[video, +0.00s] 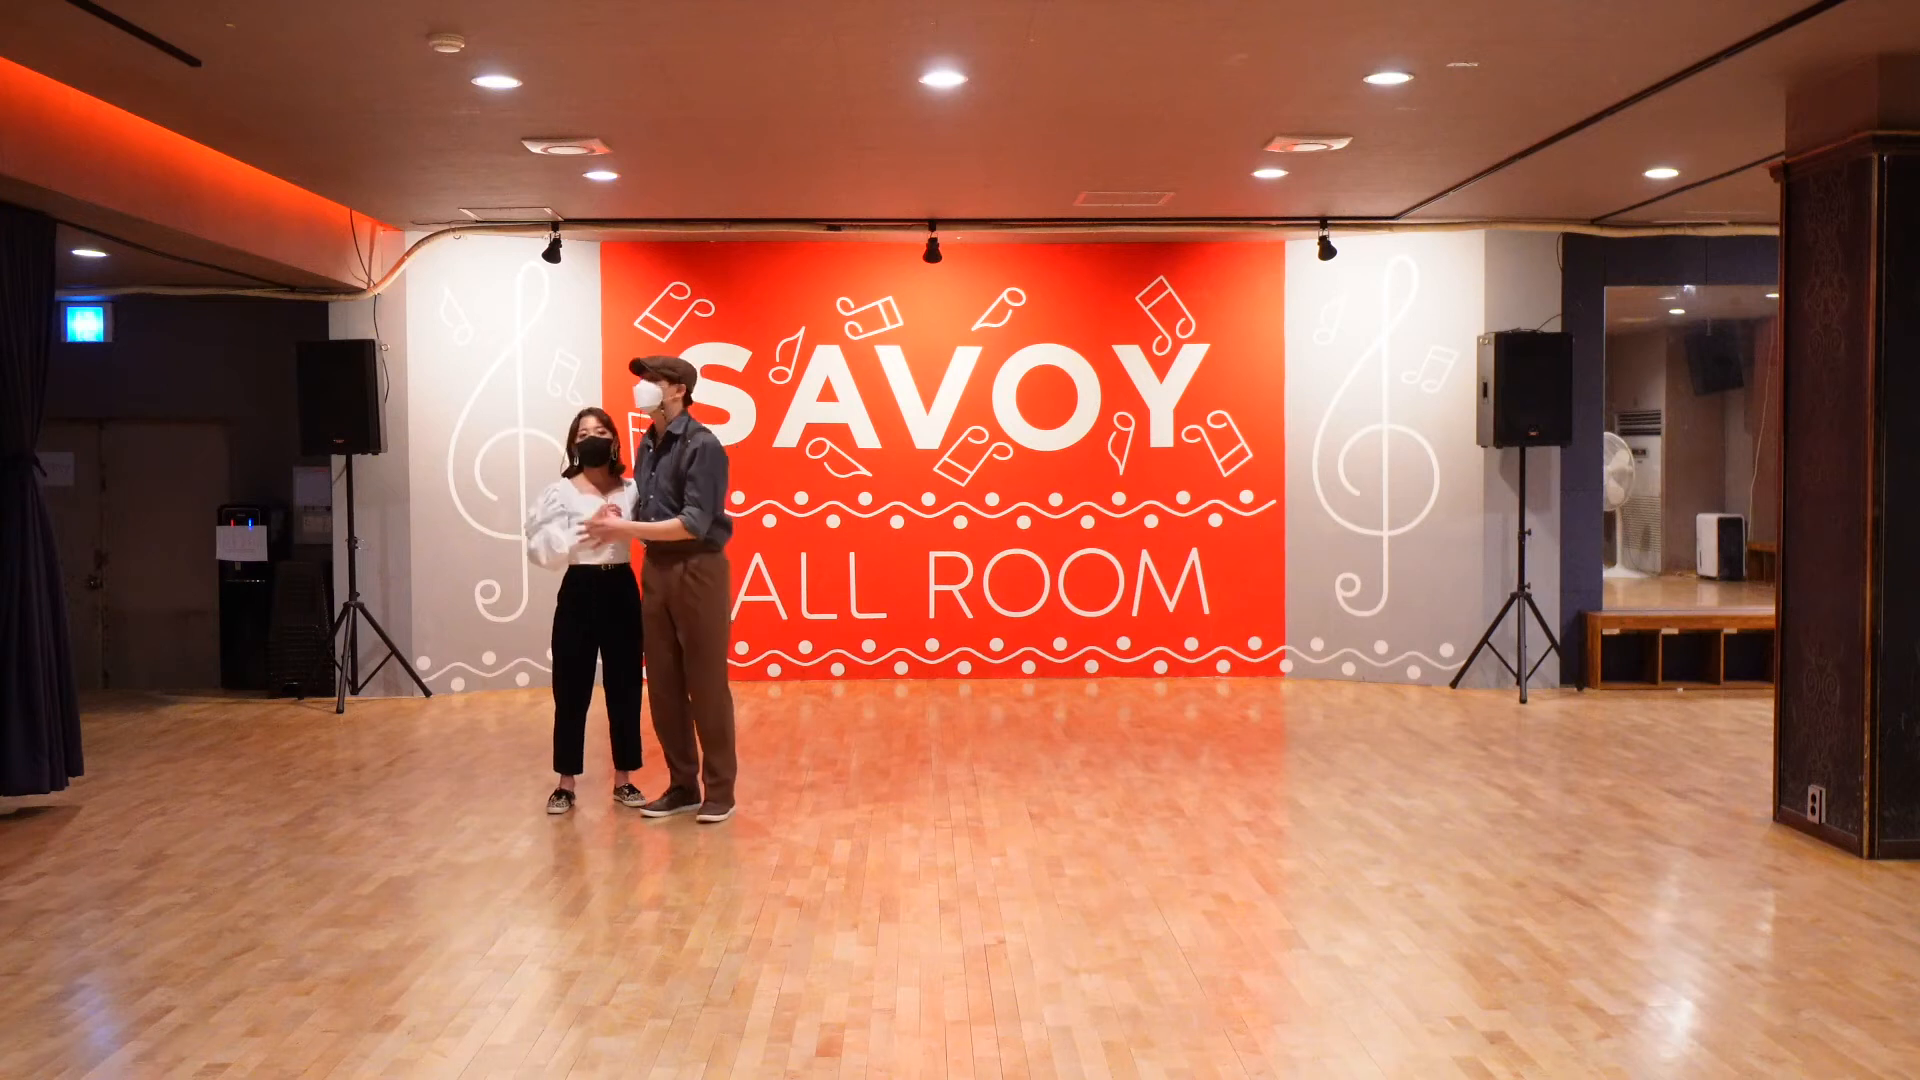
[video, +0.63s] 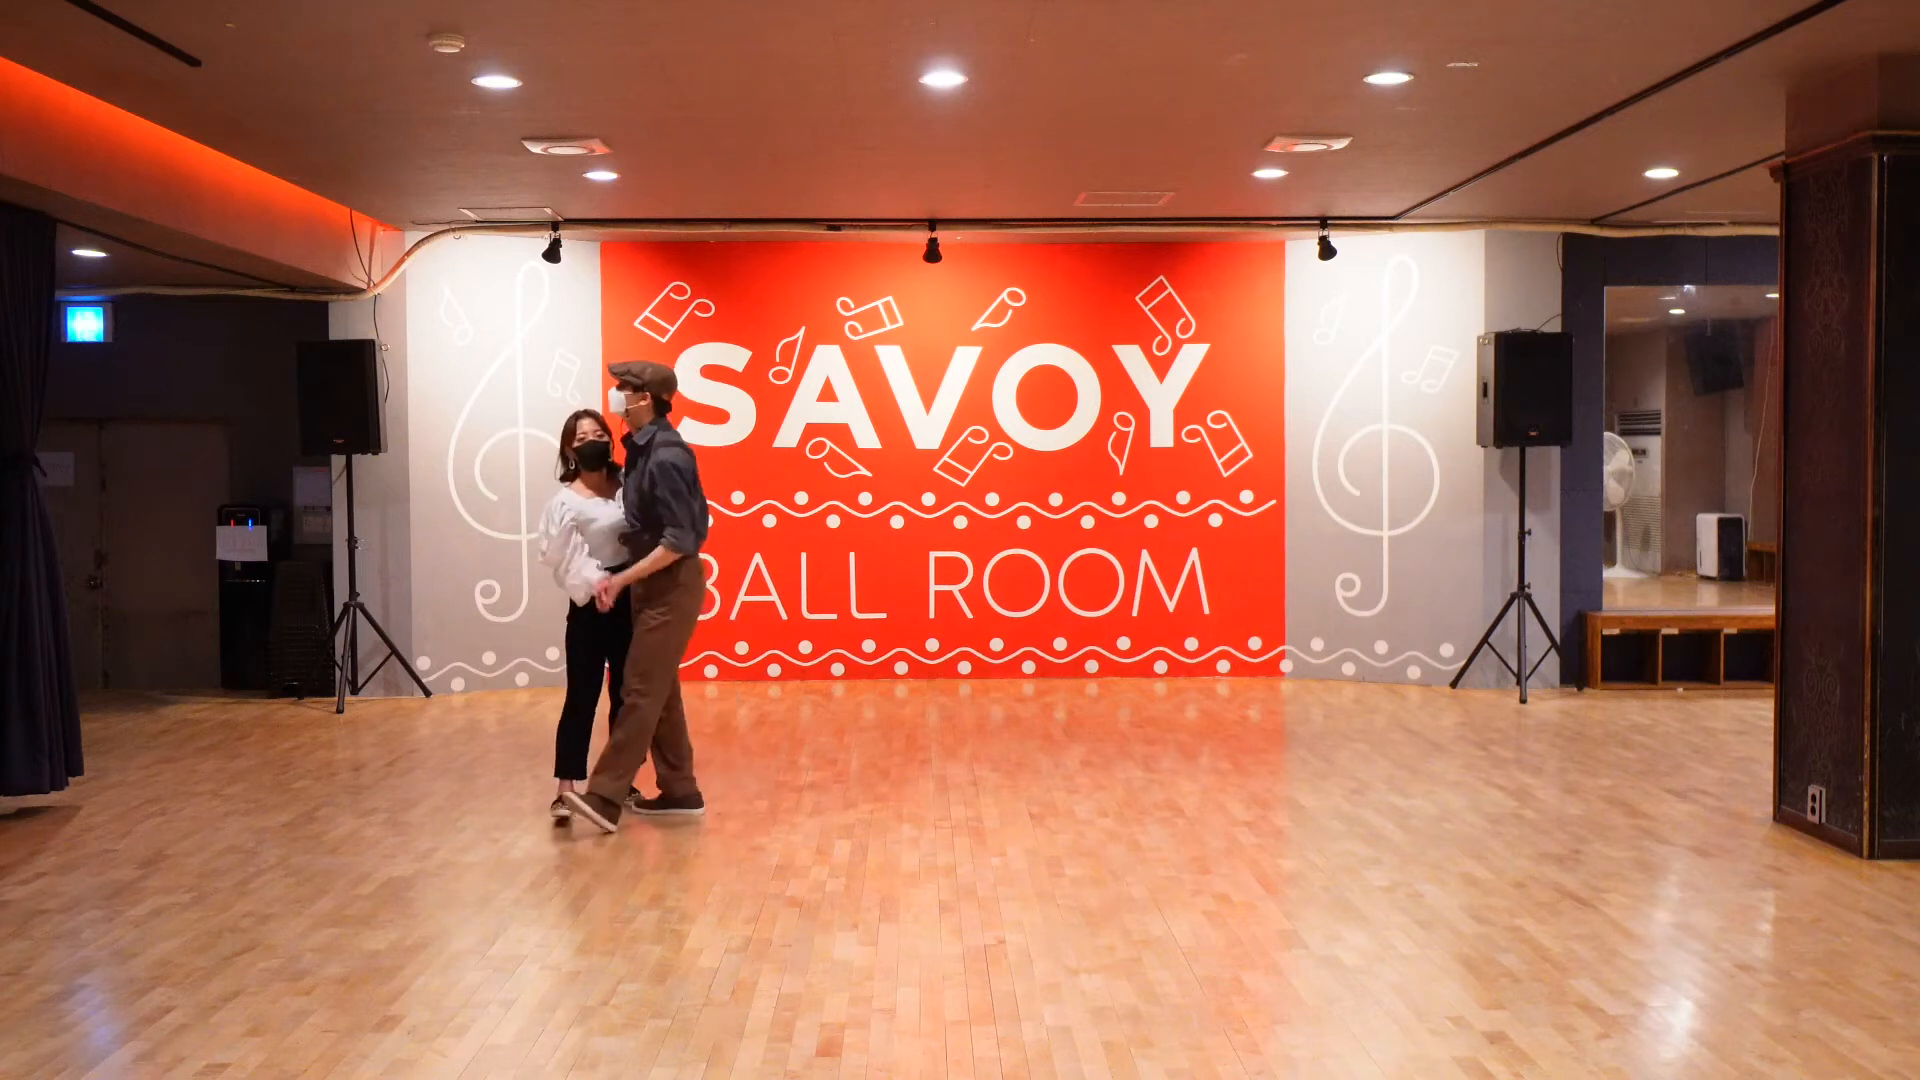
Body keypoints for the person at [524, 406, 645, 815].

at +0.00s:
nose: (593, 433)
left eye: (601, 428)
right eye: (584, 430)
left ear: (613, 439)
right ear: (573, 443)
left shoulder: (631, 490)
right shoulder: (557, 492)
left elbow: (654, 528)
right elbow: (539, 548)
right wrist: (583, 529)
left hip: (621, 591)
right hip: (578, 592)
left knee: (625, 690)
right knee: (571, 691)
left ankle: (624, 781)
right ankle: (565, 784)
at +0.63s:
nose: (592, 437)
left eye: (599, 431)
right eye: (582, 434)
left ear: (610, 441)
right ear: (570, 447)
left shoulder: (629, 488)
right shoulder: (565, 501)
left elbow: (652, 529)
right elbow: (561, 560)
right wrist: (595, 587)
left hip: (628, 601)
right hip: (587, 606)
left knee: (624, 696)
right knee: (580, 698)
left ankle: (621, 780)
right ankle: (567, 788)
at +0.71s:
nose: (587, 442)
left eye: (593, 435)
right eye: (577, 438)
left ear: (604, 444)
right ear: (565, 452)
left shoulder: (624, 488)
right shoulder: (559, 507)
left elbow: (648, 531)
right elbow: (567, 571)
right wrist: (599, 604)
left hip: (628, 597)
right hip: (583, 606)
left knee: (624, 698)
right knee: (580, 703)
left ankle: (619, 781)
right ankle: (569, 793)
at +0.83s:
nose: (577, 439)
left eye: (583, 433)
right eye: (567, 436)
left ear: (596, 442)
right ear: (555, 450)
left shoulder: (618, 487)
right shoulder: (550, 503)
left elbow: (639, 532)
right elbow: (556, 566)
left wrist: (634, 580)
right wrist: (578, 606)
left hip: (621, 586)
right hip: (577, 595)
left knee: (618, 688)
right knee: (576, 695)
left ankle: (620, 786)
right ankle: (567, 794)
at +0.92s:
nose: (574, 438)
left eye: (581, 432)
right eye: (564, 434)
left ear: (592, 441)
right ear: (550, 448)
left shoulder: (613, 489)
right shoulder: (543, 500)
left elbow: (632, 533)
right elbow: (538, 557)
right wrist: (540, 584)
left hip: (613, 599)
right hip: (570, 602)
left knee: (615, 693)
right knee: (569, 699)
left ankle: (624, 790)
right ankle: (566, 797)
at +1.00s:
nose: (570, 440)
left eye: (577, 434)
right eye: (561, 436)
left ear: (589, 444)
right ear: (547, 450)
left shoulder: (605, 491)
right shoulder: (538, 499)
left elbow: (627, 530)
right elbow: (510, 539)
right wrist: (498, 546)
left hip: (606, 596)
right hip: (565, 601)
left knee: (613, 693)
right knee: (566, 699)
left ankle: (625, 790)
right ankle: (566, 798)